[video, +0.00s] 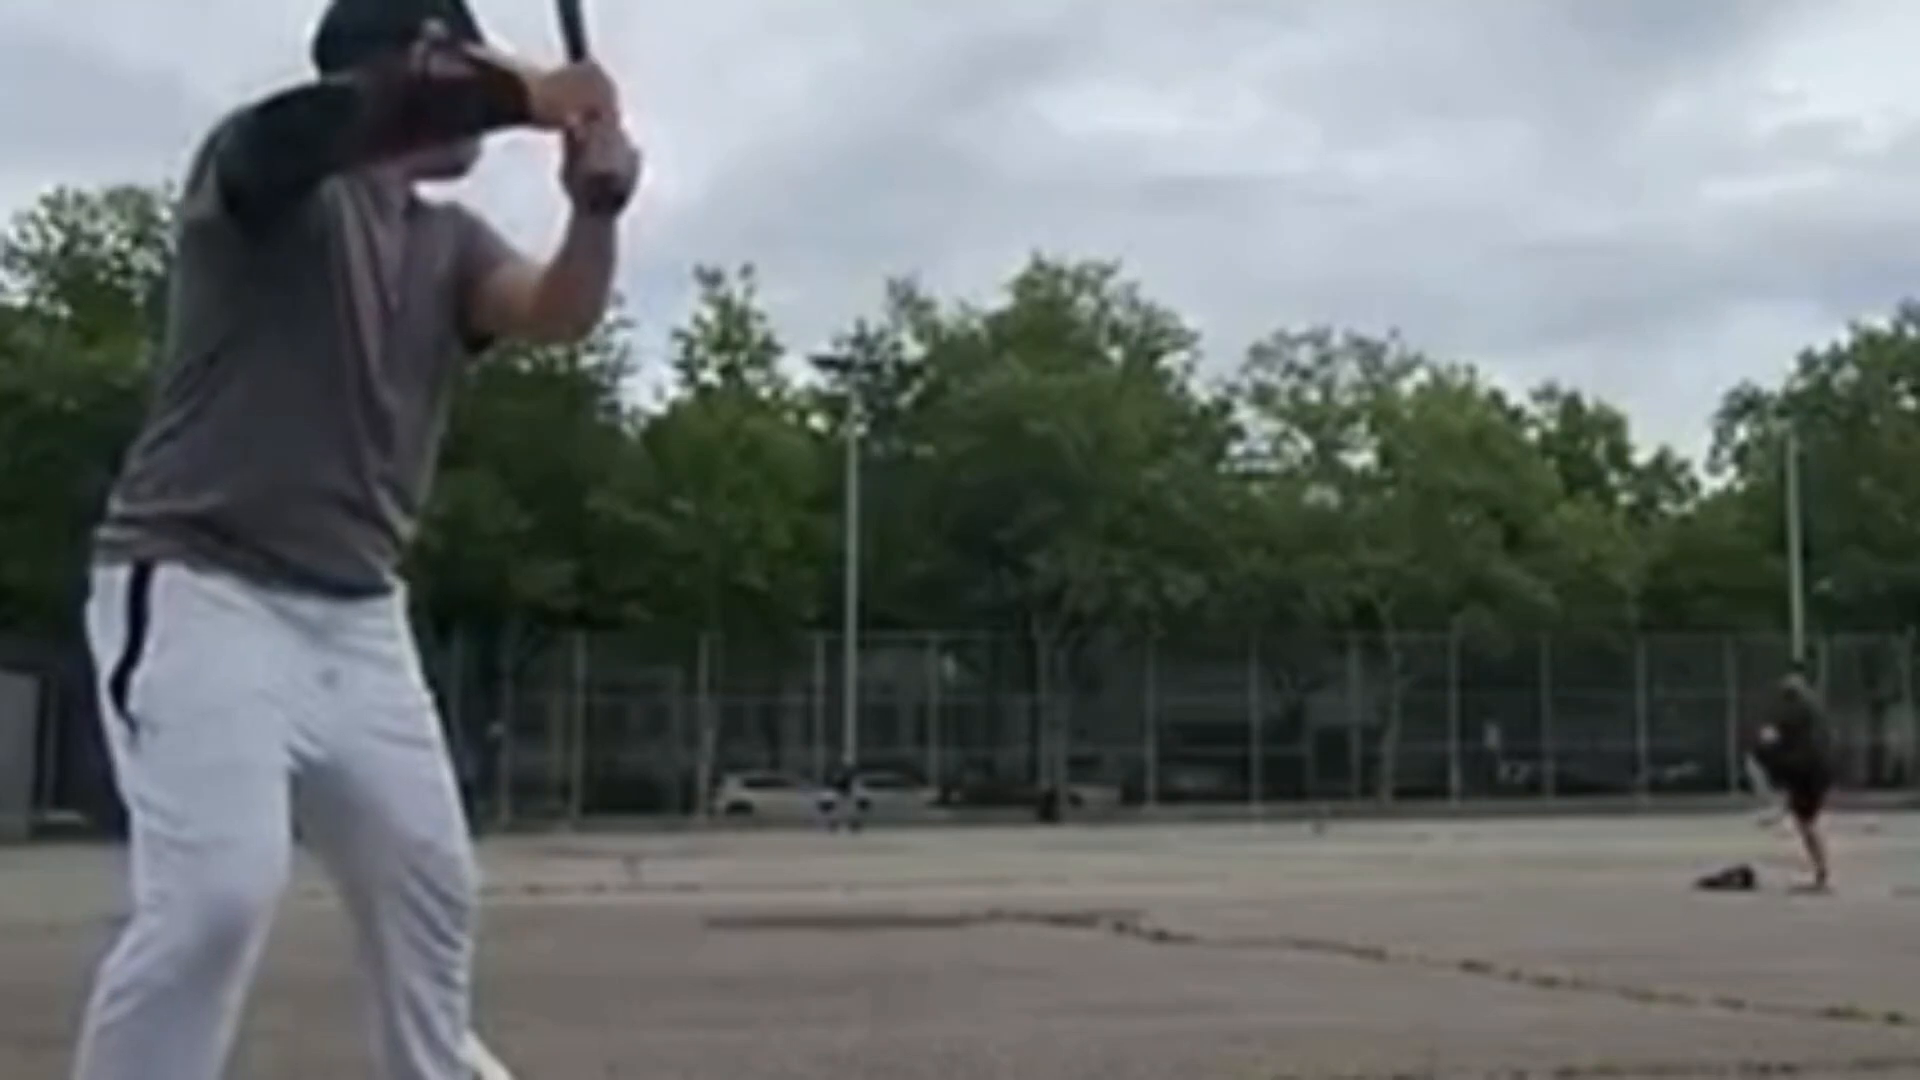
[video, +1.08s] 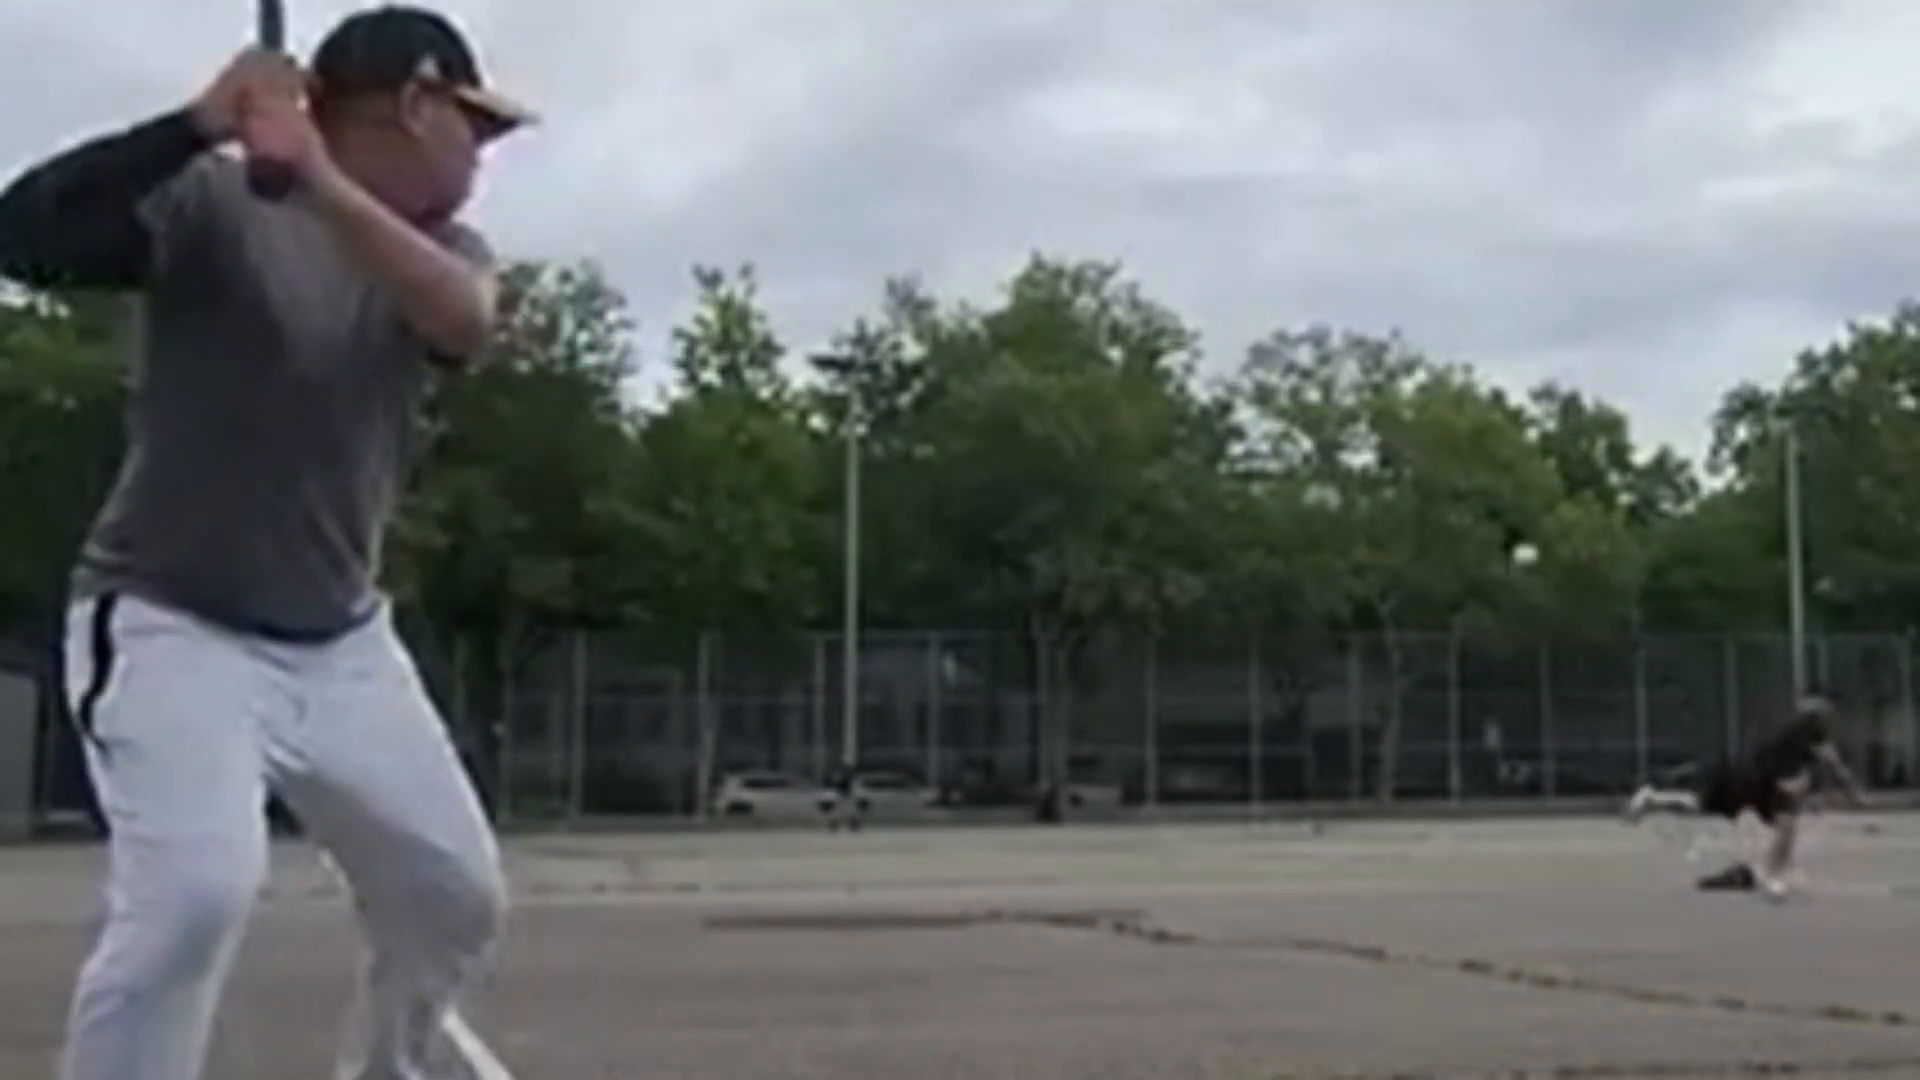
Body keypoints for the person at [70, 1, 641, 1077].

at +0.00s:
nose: (473, 97)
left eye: (478, 75)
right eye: (453, 67)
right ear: (380, 73)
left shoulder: (448, 240)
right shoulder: (255, 174)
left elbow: (560, 312)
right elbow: (322, 125)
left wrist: (594, 209)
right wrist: (526, 93)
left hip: (357, 615)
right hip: (196, 591)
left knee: (430, 878)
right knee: (218, 894)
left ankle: (439, 1064)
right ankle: (127, 1068)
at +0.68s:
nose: (485, 122)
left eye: (490, 103)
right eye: (472, 97)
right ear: (401, 88)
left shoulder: (438, 252)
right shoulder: (269, 189)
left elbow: (520, 350)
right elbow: (166, 204)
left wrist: (497, 224)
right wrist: (386, 137)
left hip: (331, 621)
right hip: (158, 607)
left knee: (452, 885)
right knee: (208, 899)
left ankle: (455, 1066)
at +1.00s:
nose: (475, 136)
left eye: (476, 112)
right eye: (463, 107)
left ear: (405, 96)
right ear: (400, 90)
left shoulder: (441, 242)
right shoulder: (220, 184)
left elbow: (470, 318)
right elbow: (24, 213)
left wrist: (332, 179)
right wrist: (209, 113)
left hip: (336, 634)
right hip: (161, 622)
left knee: (447, 895)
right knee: (196, 894)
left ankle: (435, 1062)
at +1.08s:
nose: (481, 149)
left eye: (482, 126)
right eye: (469, 121)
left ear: (404, 112)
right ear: (403, 108)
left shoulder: (445, 253)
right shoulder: (217, 200)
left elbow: (468, 322)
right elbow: (25, 233)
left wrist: (320, 179)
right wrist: (191, 128)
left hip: (344, 646)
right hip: (172, 631)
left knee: (455, 897)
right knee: (195, 893)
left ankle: (394, 1060)